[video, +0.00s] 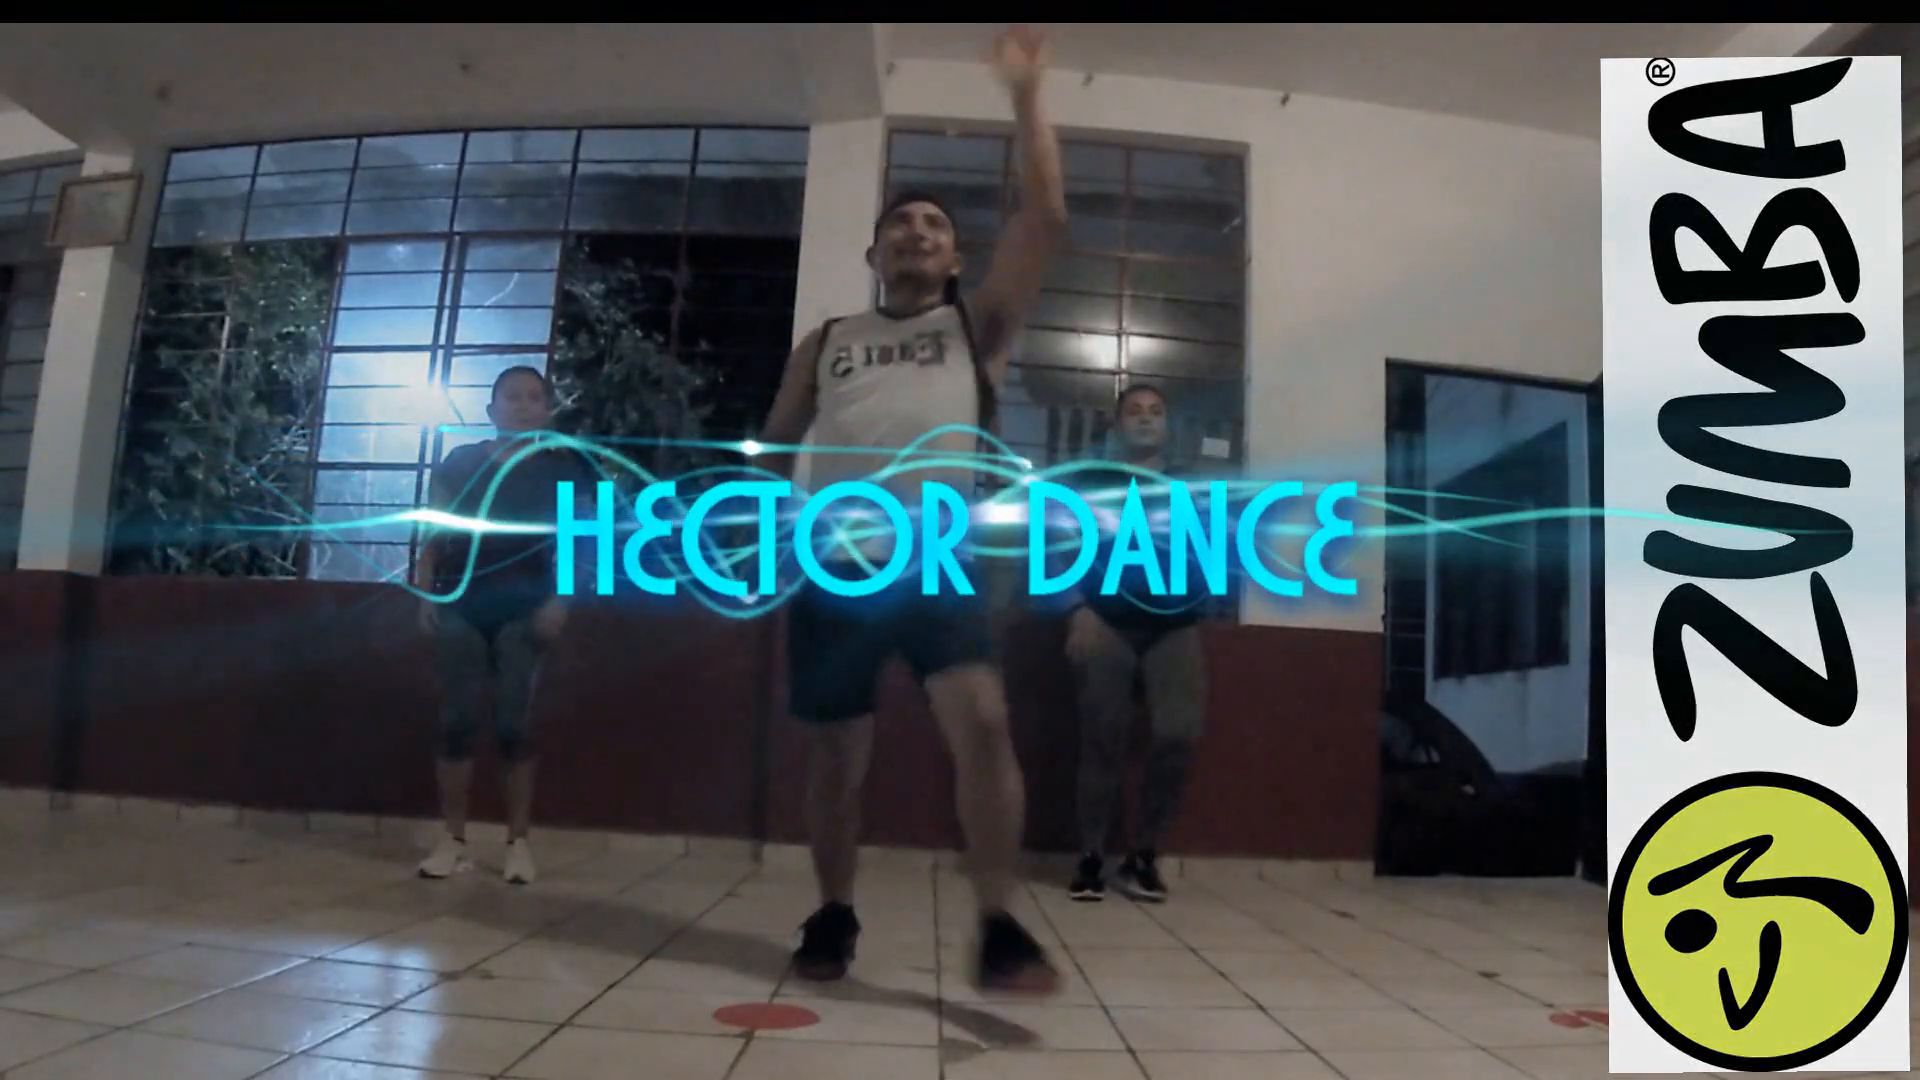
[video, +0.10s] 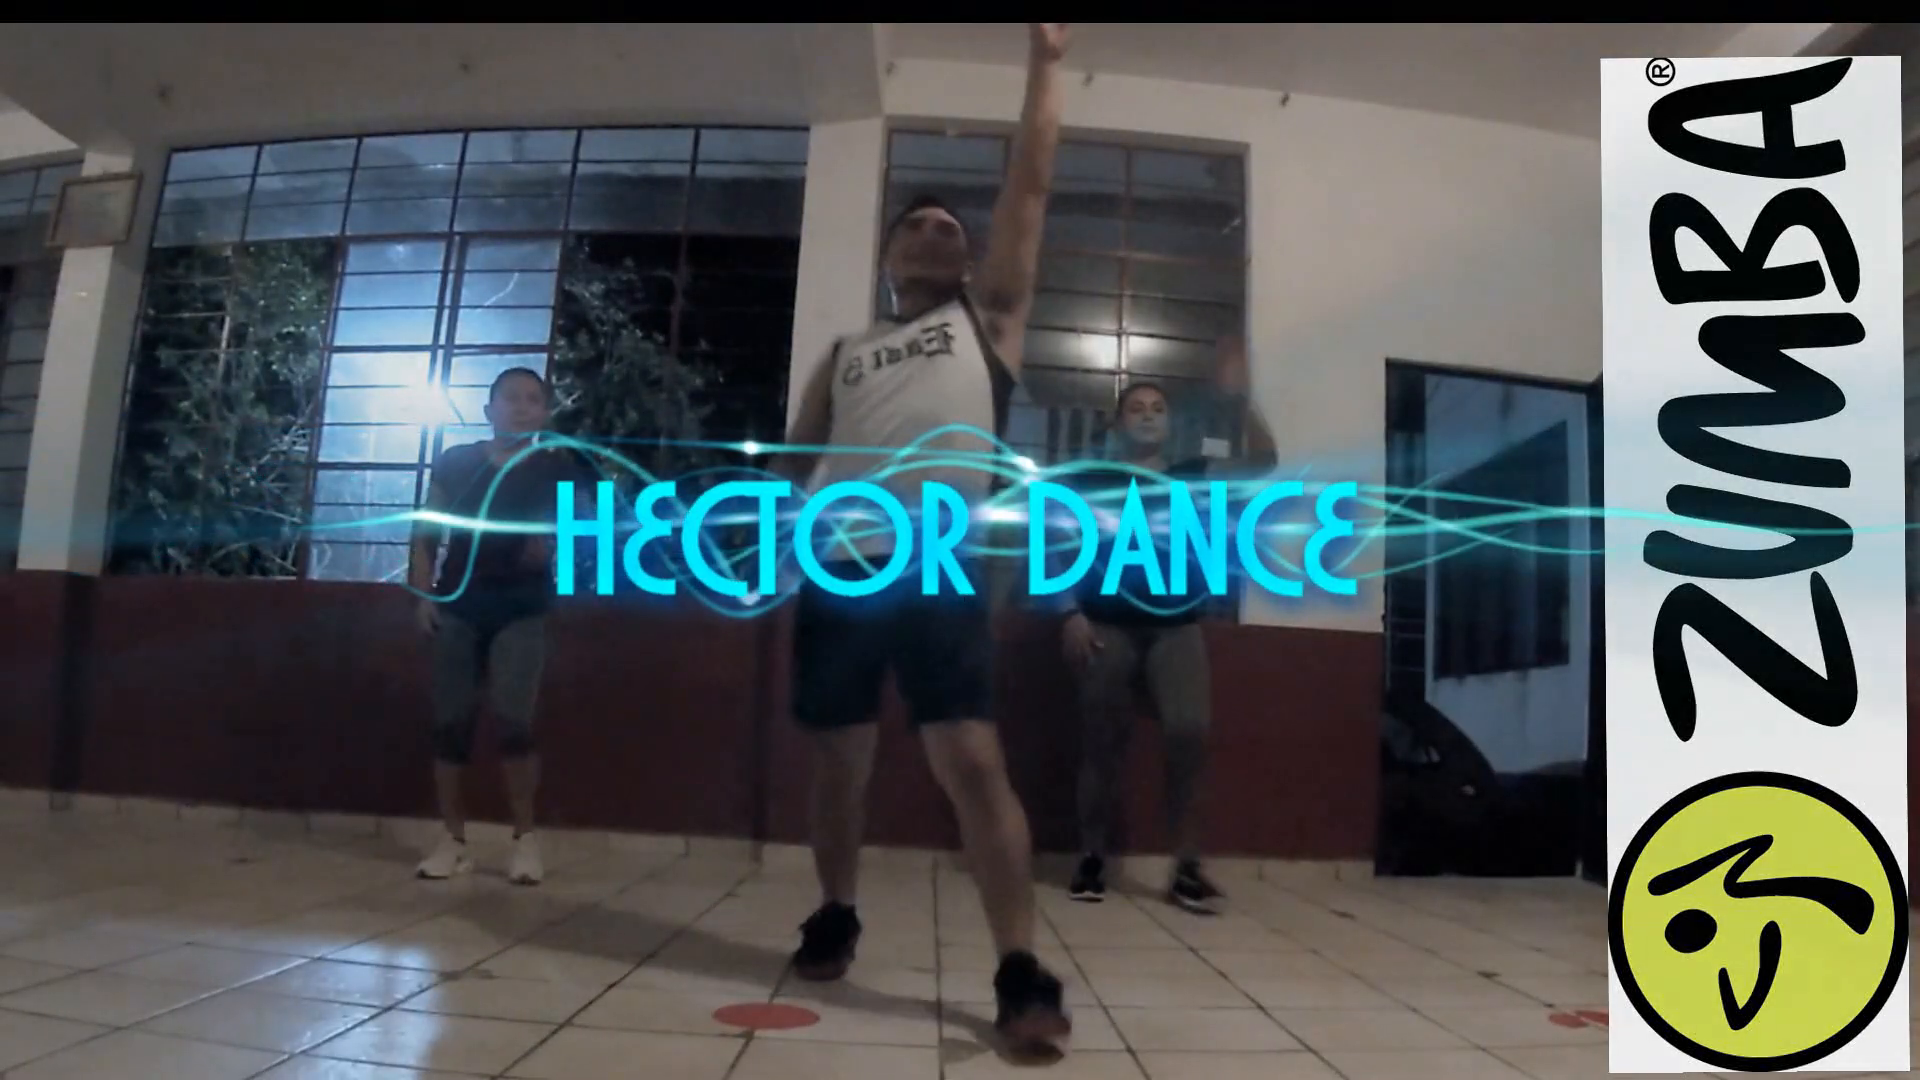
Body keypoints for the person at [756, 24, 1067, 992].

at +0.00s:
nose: (921, 232)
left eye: (936, 225)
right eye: (904, 225)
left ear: (955, 255)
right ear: (874, 254)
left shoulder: (978, 326)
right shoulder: (827, 342)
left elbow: (1044, 212)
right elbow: (771, 453)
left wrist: (1028, 86)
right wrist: (759, 546)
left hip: (942, 568)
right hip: (834, 569)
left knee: (983, 727)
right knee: (836, 755)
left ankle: (997, 928)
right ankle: (832, 918)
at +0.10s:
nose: (939, 229)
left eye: (951, 227)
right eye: (919, 224)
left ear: (970, 264)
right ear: (886, 258)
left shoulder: (989, 319)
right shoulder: (842, 355)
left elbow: (1028, 190)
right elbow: (793, 464)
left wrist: (1047, 64)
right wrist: (774, 547)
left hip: (949, 570)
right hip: (843, 572)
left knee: (970, 757)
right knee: (838, 751)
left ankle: (1022, 970)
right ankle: (836, 915)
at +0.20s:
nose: (947, 231)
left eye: (961, 228)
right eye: (929, 227)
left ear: (986, 263)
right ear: (900, 265)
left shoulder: (1007, 321)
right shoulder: (862, 367)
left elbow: (1044, 186)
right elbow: (801, 470)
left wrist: (1054, 64)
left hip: (963, 581)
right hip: (856, 580)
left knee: (992, 765)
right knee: (825, 765)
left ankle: (1024, 978)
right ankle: (834, 910)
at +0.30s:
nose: (957, 226)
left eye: (973, 222)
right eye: (939, 221)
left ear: (997, 253)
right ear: (913, 258)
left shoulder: (1024, 314)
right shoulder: (880, 356)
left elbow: (1062, 173)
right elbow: (782, 366)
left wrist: (1069, 55)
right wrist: (843, 249)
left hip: (983, 585)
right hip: (873, 581)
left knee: (1006, 767)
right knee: (760, 743)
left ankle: (1025, 979)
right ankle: (822, 866)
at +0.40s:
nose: (960, 208)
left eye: (978, 204)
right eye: (942, 205)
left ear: (1004, 240)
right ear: (916, 241)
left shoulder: (1026, 307)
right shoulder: (876, 320)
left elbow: (1071, 168)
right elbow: (796, 231)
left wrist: (1081, 46)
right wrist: (852, 109)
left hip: (990, 580)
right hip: (868, 571)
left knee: (1020, 761)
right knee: (742, 711)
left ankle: (1028, 977)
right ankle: (791, 874)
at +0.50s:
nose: (954, 208)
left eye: (973, 202)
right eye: (938, 201)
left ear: (1000, 237)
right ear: (909, 228)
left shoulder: (1016, 306)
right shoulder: (873, 289)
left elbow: (1102, 192)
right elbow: (849, 145)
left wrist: (1078, 54)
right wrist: (844, 24)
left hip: (994, 568)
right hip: (867, 561)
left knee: (1014, 753)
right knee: (766, 724)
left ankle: (1030, 977)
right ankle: (736, 933)